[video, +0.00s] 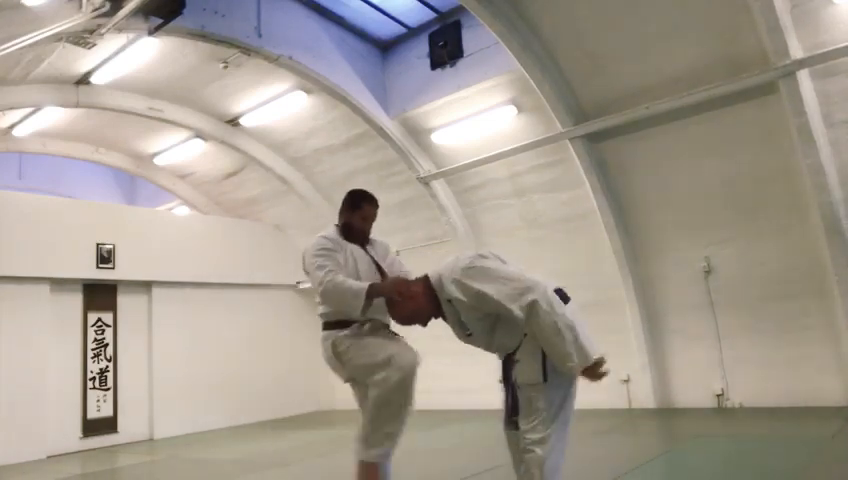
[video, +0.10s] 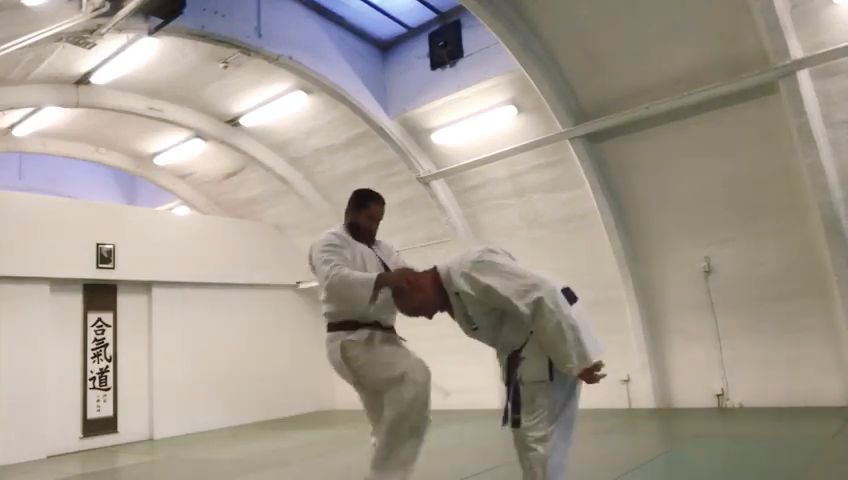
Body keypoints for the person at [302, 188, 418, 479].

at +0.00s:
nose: (370, 227)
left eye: (373, 221)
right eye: (366, 220)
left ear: (374, 219)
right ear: (346, 215)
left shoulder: (378, 248)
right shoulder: (322, 246)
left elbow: (404, 278)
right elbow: (327, 287)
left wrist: (417, 301)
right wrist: (377, 289)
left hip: (378, 332)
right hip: (344, 336)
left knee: (380, 411)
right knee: (402, 360)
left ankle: (377, 466)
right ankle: (372, 459)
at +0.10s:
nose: (376, 226)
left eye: (379, 220)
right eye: (372, 219)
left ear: (381, 219)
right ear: (352, 214)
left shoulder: (382, 250)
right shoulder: (329, 244)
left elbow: (407, 276)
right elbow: (334, 281)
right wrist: (384, 279)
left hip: (382, 337)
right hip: (351, 339)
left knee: (390, 420)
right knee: (413, 374)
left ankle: (387, 472)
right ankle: (389, 471)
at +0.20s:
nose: (384, 230)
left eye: (387, 224)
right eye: (381, 223)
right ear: (360, 217)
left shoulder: (381, 255)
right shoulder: (335, 243)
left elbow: (404, 288)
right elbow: (339, 271)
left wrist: (431, 282)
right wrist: (393, 266)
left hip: (380, 349)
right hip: (354, 349)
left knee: (410, 418)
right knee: (404, 417)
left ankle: (400, 475)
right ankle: (389, 475)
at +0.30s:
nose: (389, 229)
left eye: (392, 223)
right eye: (385, 221)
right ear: (365, 215)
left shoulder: (380, 256)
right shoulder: (344, 238)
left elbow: (409, 285)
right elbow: (354, 264)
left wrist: (438, 278)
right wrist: (413, 256)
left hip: (376, 355)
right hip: (351, 354)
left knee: (398, 441)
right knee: (383, 445)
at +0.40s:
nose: (395, 218)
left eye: (397, 211)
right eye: (392, 208)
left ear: (379, 206)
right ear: (373, 201)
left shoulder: (387, 244)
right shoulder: (349, 221)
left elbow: (412, 276)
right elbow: (360, 251)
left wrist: (448, 280)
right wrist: (419, 260)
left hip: (357, 344)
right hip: (334, 340)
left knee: (371, 434)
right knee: (357, 435)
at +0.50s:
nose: (388, 223)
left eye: (391, 216)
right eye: (386, 214)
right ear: (365, 205)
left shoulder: (381, 242)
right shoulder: (340, 235)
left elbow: (413, 270)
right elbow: (384, 261)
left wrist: (459, 283)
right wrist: (442, 265)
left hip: (344, 346)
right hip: (323, 343)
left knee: (334, 435)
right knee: (359, 420)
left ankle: (308, 474)